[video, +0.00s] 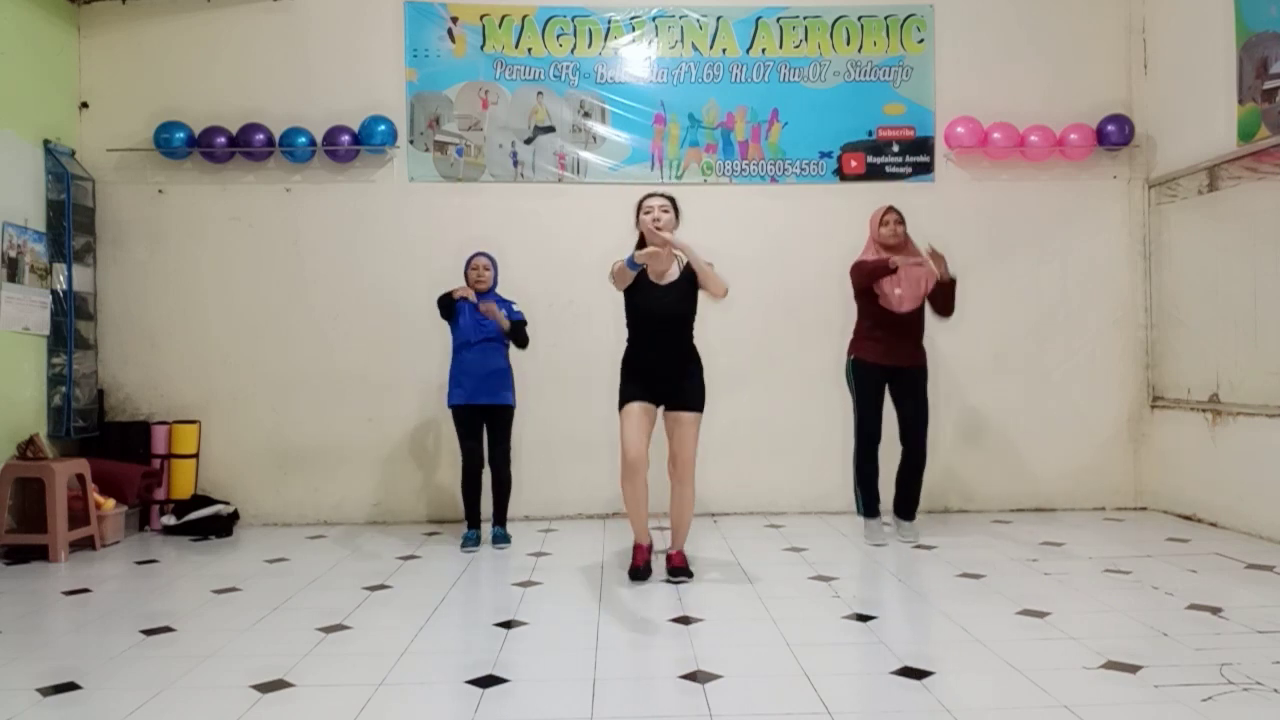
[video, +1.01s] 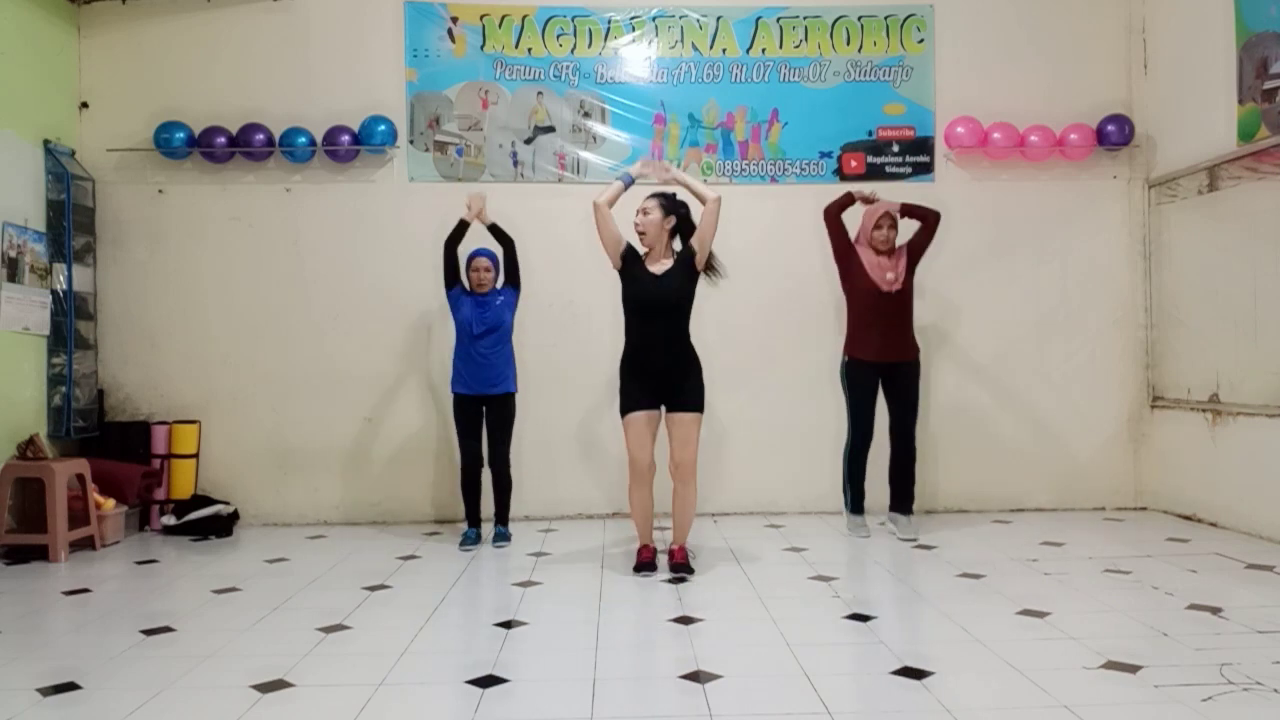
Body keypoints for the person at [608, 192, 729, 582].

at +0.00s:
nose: (656, 217)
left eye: (664, 211)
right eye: (648, 213)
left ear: (676, 222)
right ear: (639, 225)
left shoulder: (690, 265)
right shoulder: (631, 263)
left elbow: (718, 290)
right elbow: (618, 280)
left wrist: (685, 249)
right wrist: (639, 260)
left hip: (683, 368)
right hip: (639, 368)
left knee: (681, 462)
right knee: (632, 457)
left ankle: (677, 550)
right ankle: (641, 544)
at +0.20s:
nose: (658, 218)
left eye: (666, 212)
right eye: (650, 213)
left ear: (677, 224)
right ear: (639, 225)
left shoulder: (692, 267)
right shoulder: (629, 267)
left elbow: (708, 261)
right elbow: (618, 281)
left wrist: (681, 244)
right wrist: (634, 267)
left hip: (685, 368)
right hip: (642, 368)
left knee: (685, 464)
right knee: (639, 442)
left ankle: (678, 550)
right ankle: (645, 516)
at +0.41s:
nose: (658, 213)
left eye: (666, 208)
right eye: (650, 208)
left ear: (676, 222)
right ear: (638, 223)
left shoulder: (690, 266)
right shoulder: (627, 265)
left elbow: (705, 269)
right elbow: (617, 278)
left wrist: (684, 251)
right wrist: (636, 263)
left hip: (681, 367)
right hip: (637, 368)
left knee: (691, 455)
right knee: (639, 461)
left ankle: (682, 540)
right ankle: (644, 548)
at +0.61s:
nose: (648, 218)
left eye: (656, 212)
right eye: (643, 215)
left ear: (676, 225)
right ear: (639, 227)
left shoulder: (693, 269)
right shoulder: (631, 270)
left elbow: (705, 267)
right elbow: (620, 277)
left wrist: (690, 253)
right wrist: (633, 259)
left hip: (684, 371)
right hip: (639, 371)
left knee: (683, 465)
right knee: (638, 465)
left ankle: (678, 548)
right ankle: (645, 547)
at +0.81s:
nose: (640, 219)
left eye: (648, 213)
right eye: (640, 213)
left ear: (672, 221)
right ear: (643, 222)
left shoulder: (693, 263)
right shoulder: (631, 263)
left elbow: (710, 210)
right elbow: (610, 216)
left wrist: (681, 158)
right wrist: (629, 161)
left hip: (685, 368)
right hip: (642, 367)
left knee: (684, 463)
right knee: (640, 440)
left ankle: (678, 546)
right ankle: (644, 513)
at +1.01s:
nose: (637, 218)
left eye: (646, 212)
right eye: (638, 212)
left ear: (669, 221)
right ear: (640, 220)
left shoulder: (689, 262)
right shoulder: (628, 262)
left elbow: (713, 202)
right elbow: (600, 206)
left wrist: (676, 174)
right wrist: (634, 173)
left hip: (683, 371)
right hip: (638, 372)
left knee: (683, 467)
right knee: (640, 465)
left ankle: (679, 547)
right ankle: (645, 546)